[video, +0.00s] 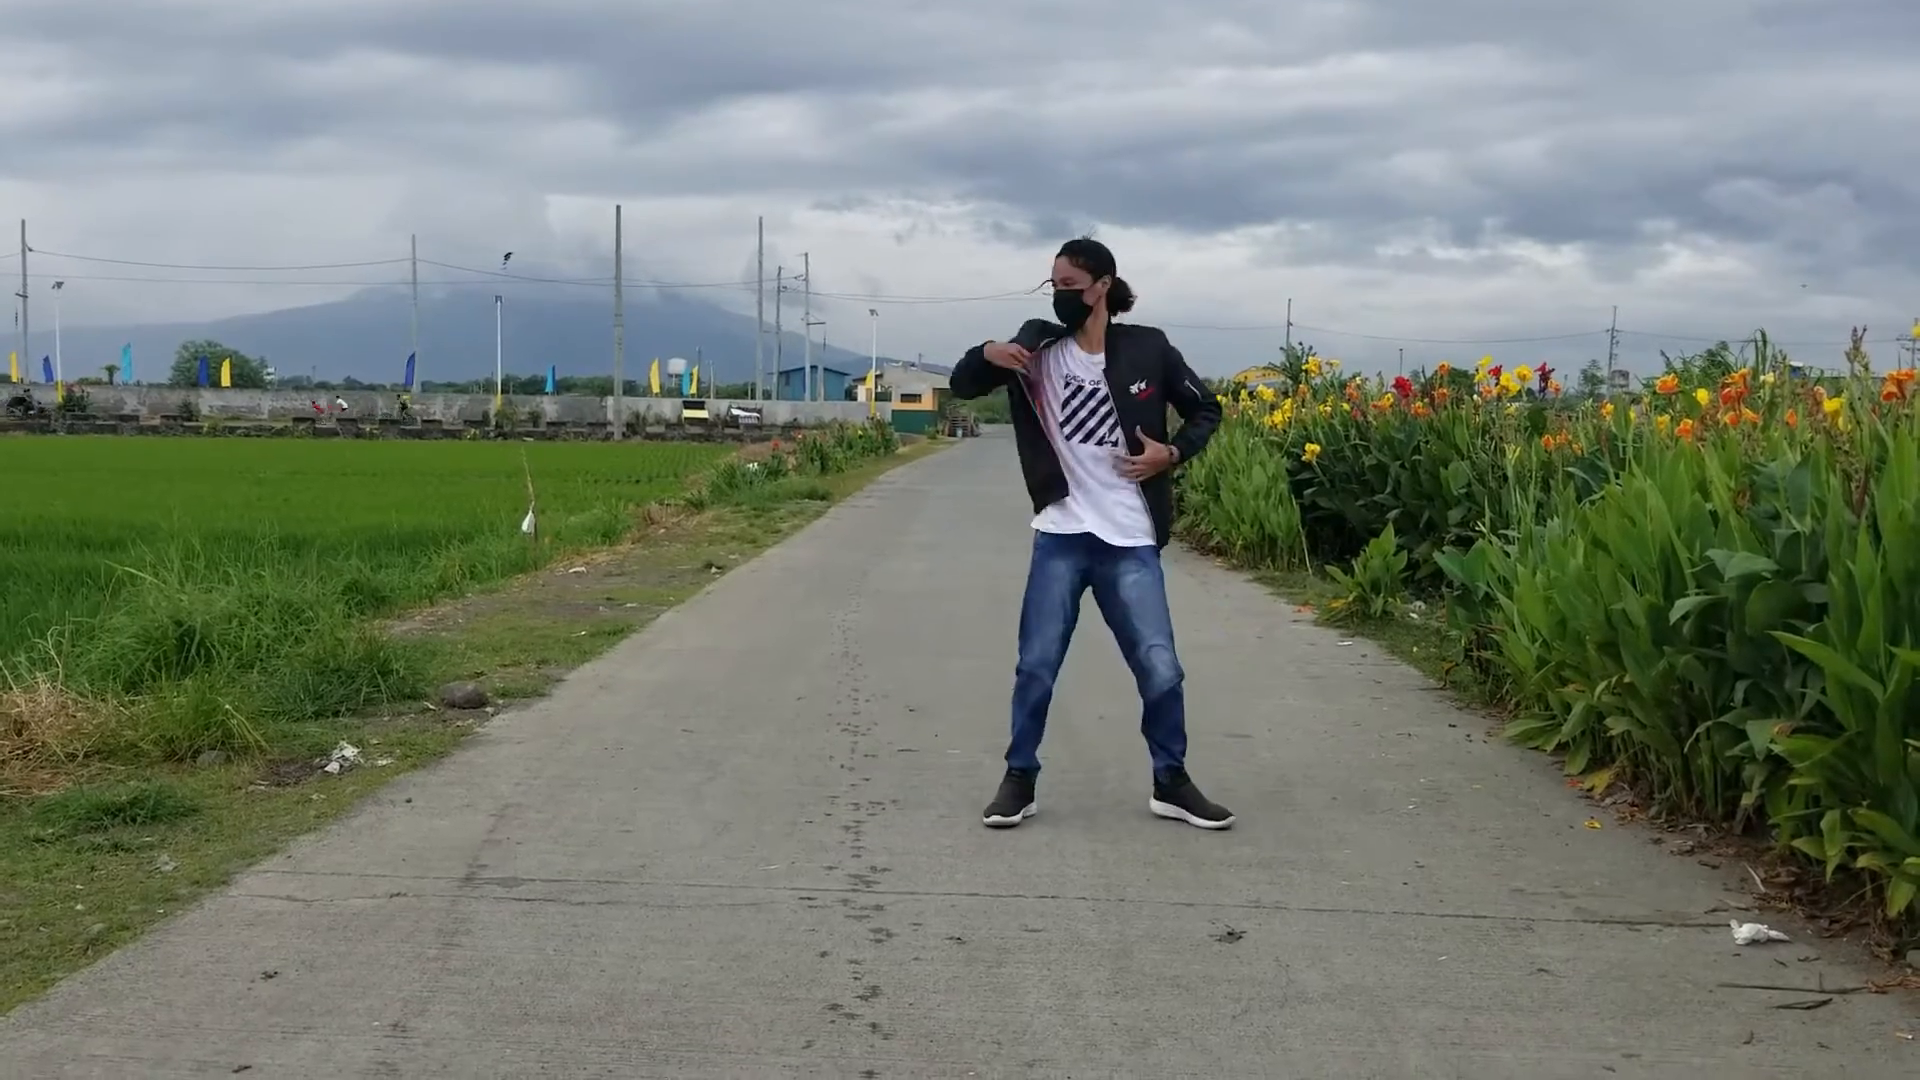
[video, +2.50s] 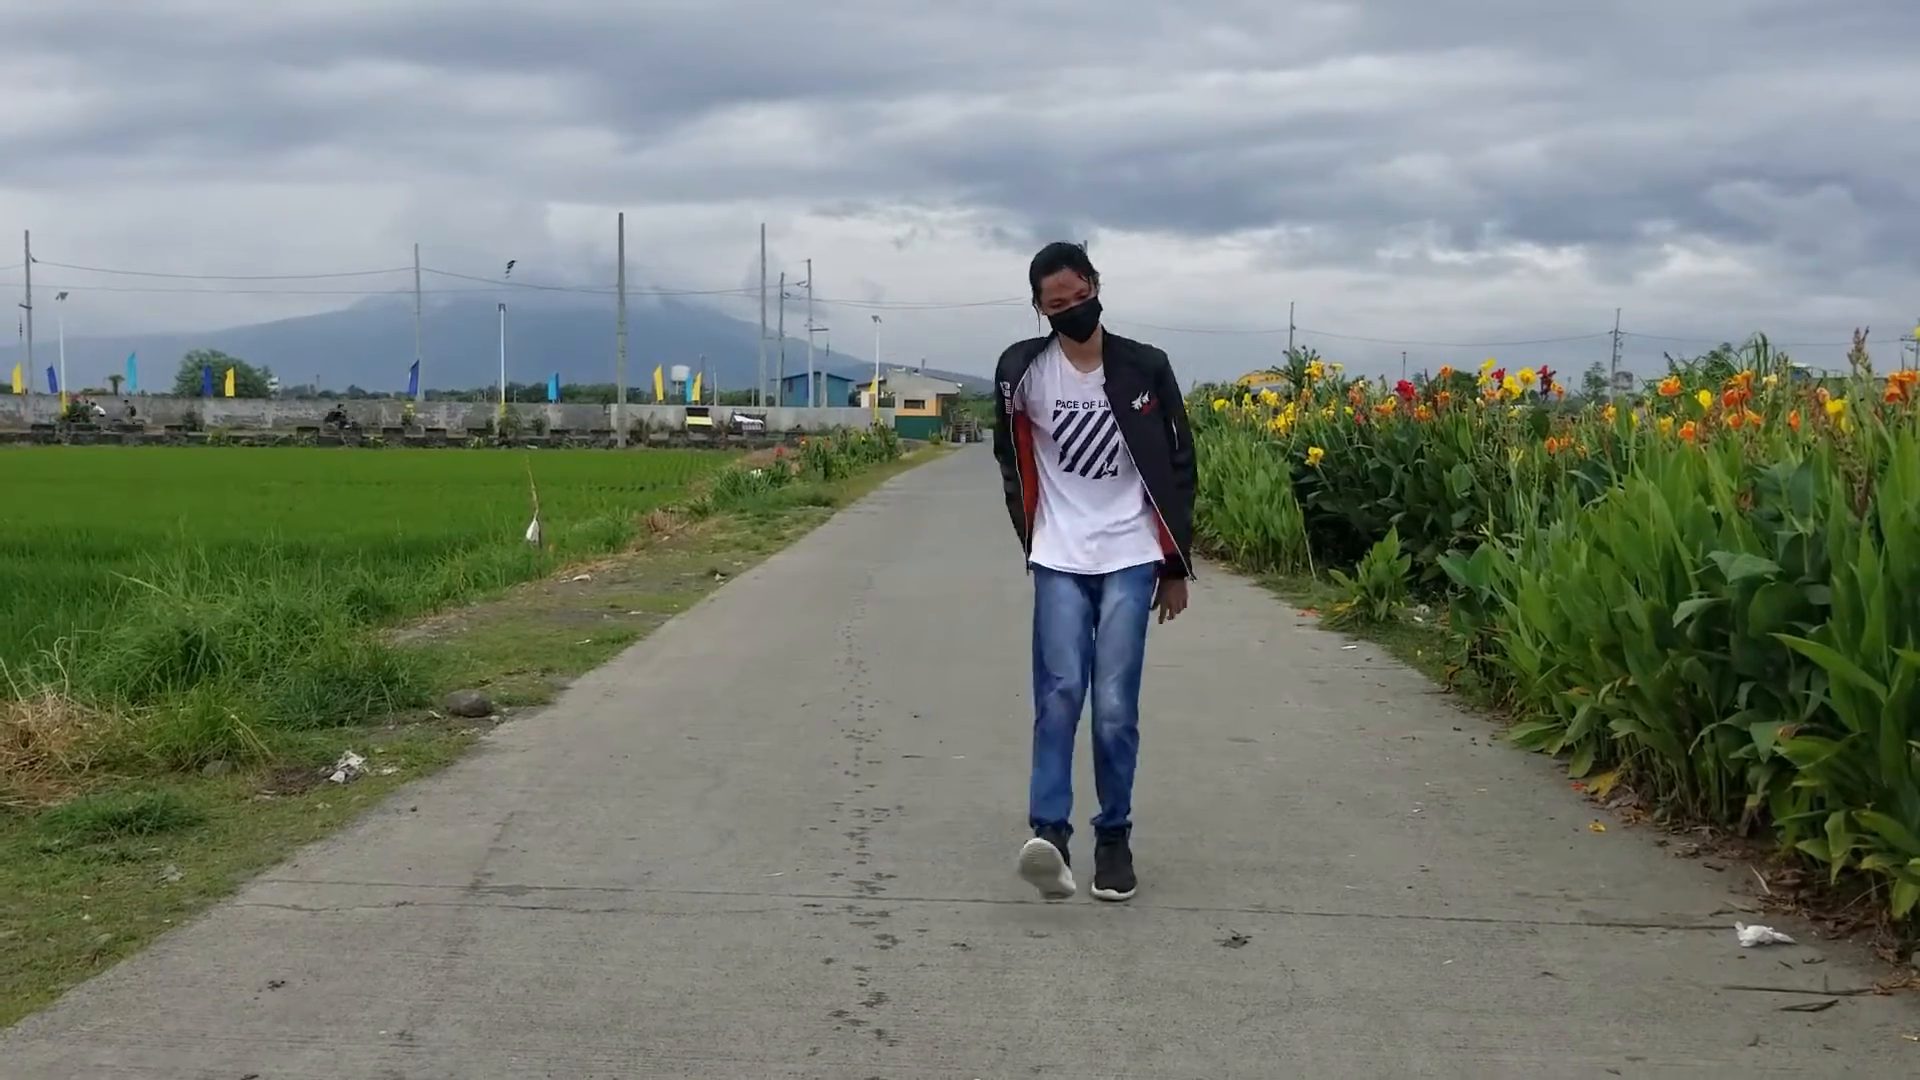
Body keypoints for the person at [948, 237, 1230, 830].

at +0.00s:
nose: (1058, 296)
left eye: (1069, 287)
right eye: (1054, 286)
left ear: (1103, 287)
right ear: (1052, 288)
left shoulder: (1148, 349)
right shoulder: (1035, 347)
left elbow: (1206, 412)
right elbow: (964, 385)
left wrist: (1174, 452)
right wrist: (985, 356)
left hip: (1131, 536)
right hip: (1061, 530)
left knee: (1161, 667)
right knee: (1036, 662)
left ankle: (1171, 781)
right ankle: (1018, 779)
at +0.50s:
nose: (1151, 319)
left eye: (1157, 309)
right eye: (1138, 310)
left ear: (1163, 305)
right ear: (1108, 311)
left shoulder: (1175, 380)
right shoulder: (1074, 366)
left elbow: (1178, 460)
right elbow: (1003, 419)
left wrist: (1255, 422)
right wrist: (1055, 425)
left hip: (1165, 551)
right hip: (1098, 551)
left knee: (1215, 671)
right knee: (1071, 677)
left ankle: (1221, 789)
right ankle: (1028, 780)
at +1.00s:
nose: (961, 313)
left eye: (971, 304)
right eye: (957, 303)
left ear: (1006, 300)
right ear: (956, 298)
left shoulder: (1039, 352)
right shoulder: (931, 360)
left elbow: (1072, 418)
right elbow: (908, 435)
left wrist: (1117, 439)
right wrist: (896, 460)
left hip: (1039, 531)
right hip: (976, 535)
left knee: (1079, 642)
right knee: (993, 659)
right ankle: (977, 778)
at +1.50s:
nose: (928, 324)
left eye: (938, 312)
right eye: (919, 316)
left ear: (967, 311)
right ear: (912, 320)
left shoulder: (1007, 381)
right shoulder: (894, 386)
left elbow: (1019, 466)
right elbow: (873, 476)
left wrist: (1024, 534)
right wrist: (835, 536)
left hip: (985, 544)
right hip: (916, 547)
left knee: (978, 676)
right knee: (919, 673)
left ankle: (945, 739)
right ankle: (948, 781)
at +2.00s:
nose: (1018, 324)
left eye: (1025, 313)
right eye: (1003, 319)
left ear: (1039, 317)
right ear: (982, 331)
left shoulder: (1076, 375)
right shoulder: (957, 397)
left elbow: (1128, 453)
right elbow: (932, 481)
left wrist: (1154, 526)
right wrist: (921, 549)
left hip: (1079, 558)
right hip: (1011, 566)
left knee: (1082, 691)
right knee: (1023, 694)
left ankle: (1064, 817)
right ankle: (1032, 780)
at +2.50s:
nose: (1069, 301)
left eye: (1077, 287)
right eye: (1054, 295)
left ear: (1094, 287)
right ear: (1039, 307)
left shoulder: (1145, 367)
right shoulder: (1020, 370)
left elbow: (1179, 467)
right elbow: (1014, 462)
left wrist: (1176, 563)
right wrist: (1032, 538)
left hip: (1132, 550)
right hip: (1059, 550)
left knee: (1113, 704)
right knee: (1060, 691)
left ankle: (1113, 839)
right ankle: (1050, 838)